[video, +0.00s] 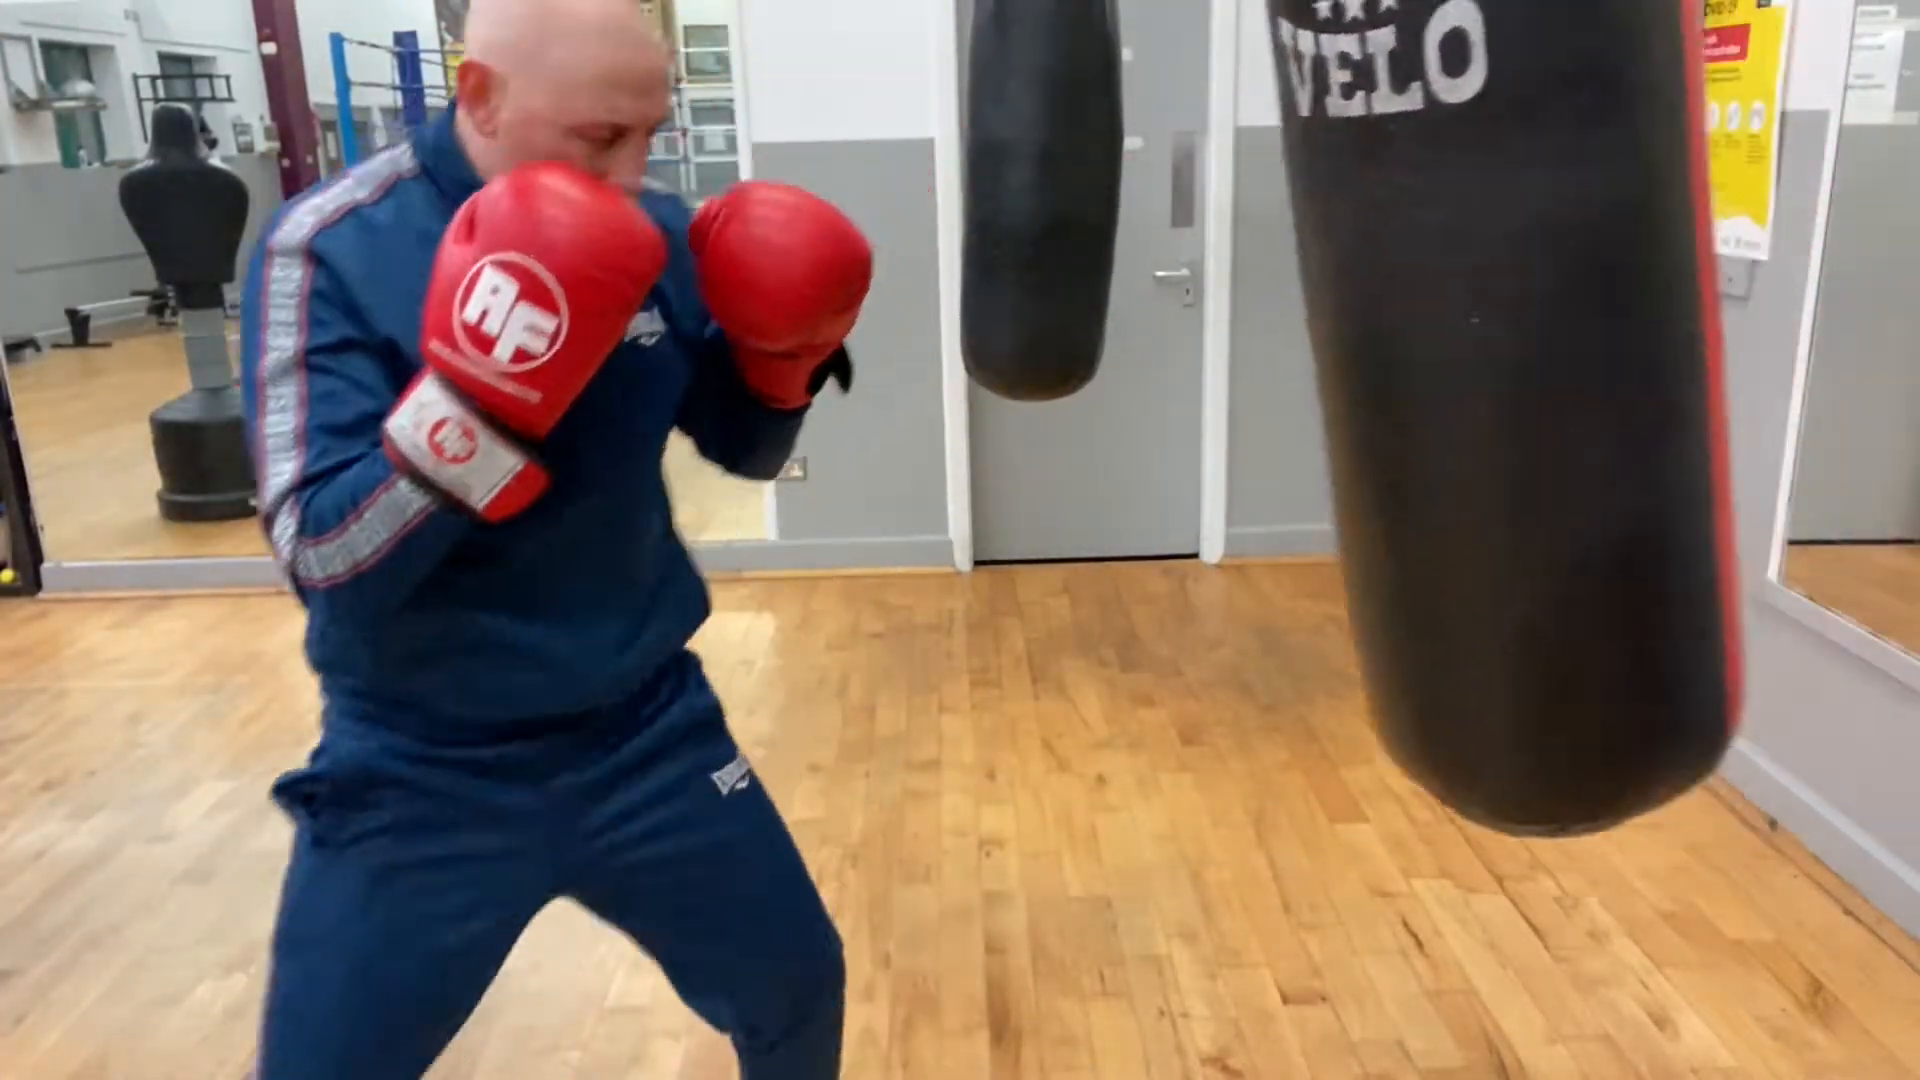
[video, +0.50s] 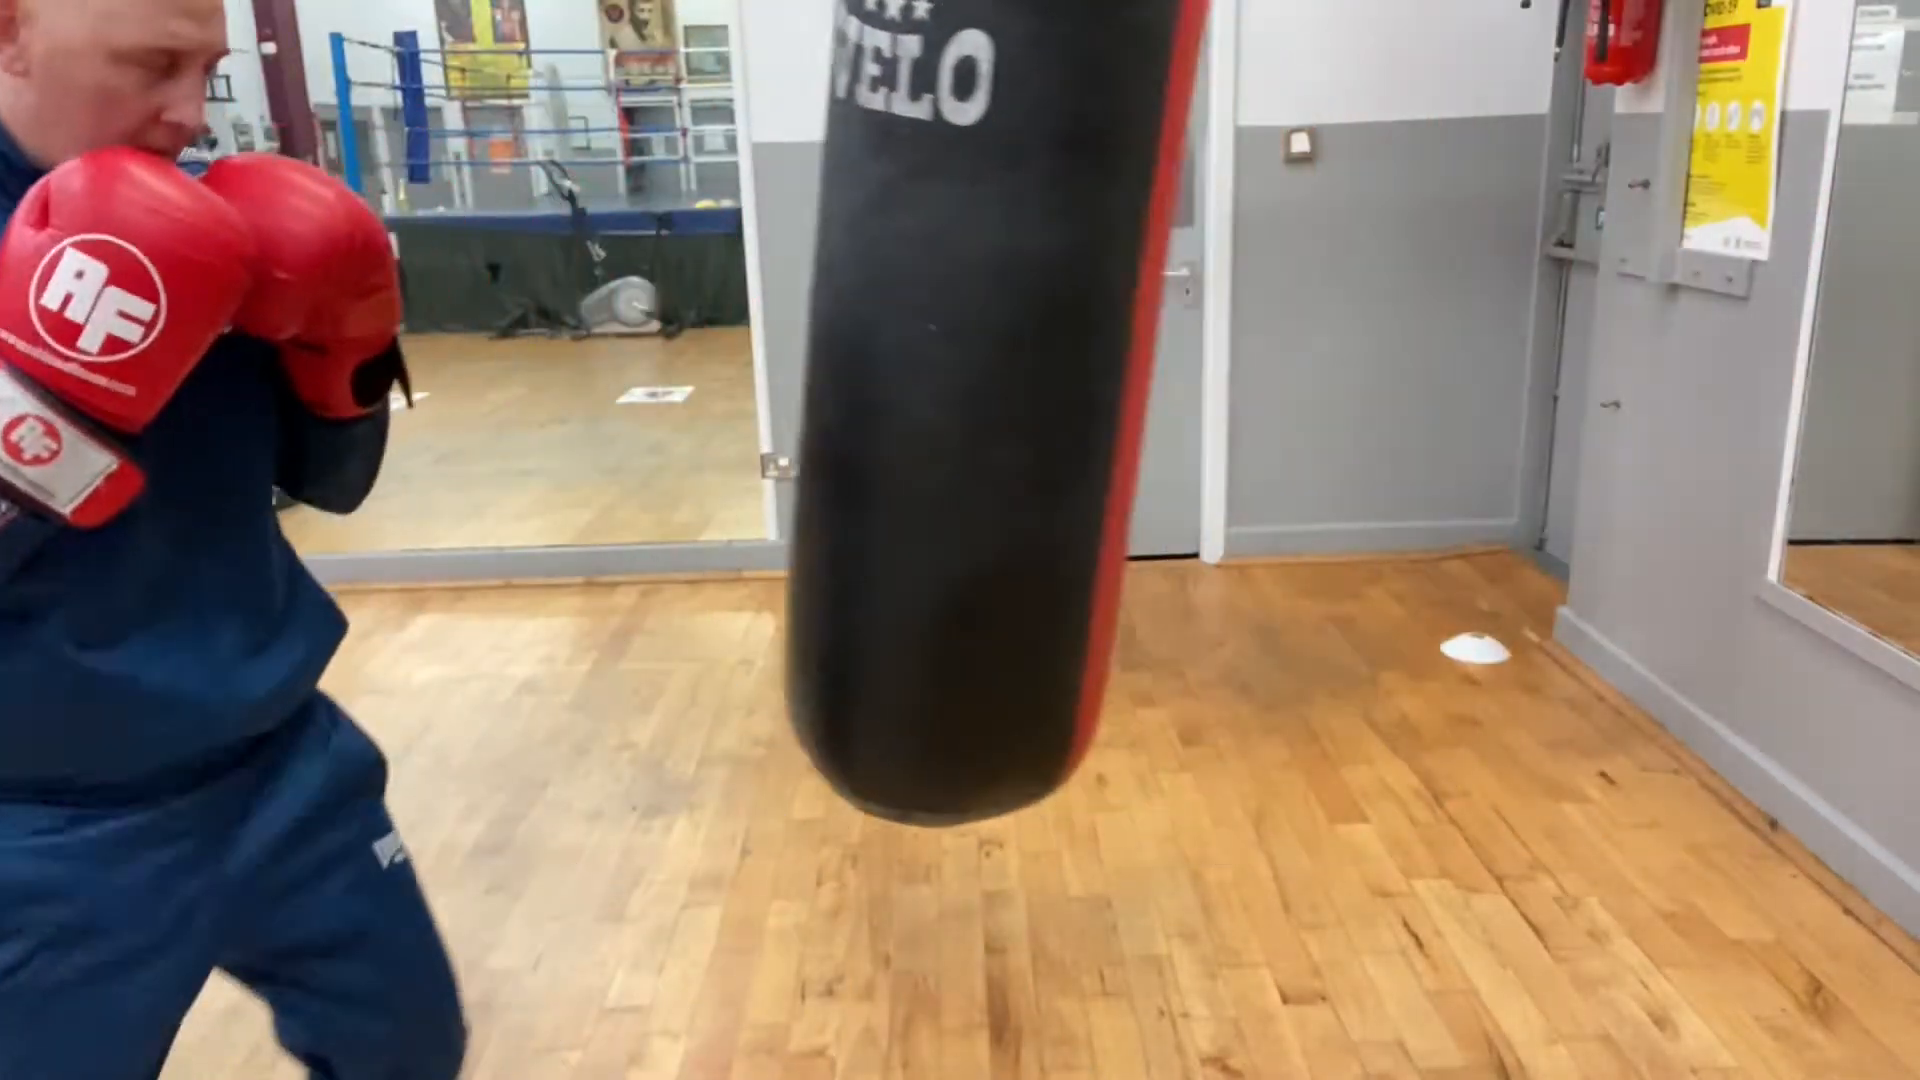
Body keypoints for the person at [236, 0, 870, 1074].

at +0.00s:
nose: (629, 176)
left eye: (649, 136)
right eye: (598, 138)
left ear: (668, 110)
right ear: (478, 97)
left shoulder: (657, 230)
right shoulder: (324, 251)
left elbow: (745, 448)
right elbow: (321, 559)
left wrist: (787, 355)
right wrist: (477, 399)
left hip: (648, 747)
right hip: (419, 782)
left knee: (801, 994)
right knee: (317, 1069)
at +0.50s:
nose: (189, 113)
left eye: (206, 71)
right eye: (150, 65)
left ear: (223, 59)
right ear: (16, 38)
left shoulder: (201, 230)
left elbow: (327, 485)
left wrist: (340, 353)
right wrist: (46, 402)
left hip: (280, 775)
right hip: (55, 836)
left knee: (409, 1049)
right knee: (57, 1070)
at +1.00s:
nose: (116, 28)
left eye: (127, 14)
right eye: (76, 17)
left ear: (148, 16)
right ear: (0, 25)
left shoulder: (186, 146)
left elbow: (292, 392)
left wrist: (295, 239)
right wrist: (34, 277)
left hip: (233, 675)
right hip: (29, 722)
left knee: (344, 990)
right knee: (23, 1044)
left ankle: (367, 1075)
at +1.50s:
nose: (76, 35)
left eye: (83, 24)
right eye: (45, 26)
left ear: (104, 21)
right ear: (7, 20)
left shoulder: (143, 154)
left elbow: (317, 359)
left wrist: (321, 212)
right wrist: (13, 230)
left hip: (207, 697)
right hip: (27, 748)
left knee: (436, 963)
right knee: (13, 1052)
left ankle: (500, 1072)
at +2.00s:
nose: (444, 43)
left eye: (462, 18)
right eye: (419, 11)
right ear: (296, 8)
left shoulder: (450, 143)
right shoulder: (143, 173)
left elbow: (583, 380)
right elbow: (263, 447)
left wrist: (623, 249)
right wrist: (385, 228)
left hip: (516, 681)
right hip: (308, 735)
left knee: (643, 942)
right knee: (328, 1062)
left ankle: (637, 1074)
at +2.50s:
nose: (936, 216)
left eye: (942, 187)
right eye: (916, 186)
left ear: (823, 167)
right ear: (812, 166)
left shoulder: (873, 292)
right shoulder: (686, 274)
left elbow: (913, 446)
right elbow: (628, 477)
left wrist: (1040, 396)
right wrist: (863, 385)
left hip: (807, 704)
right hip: (655, 741)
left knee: (960, 881)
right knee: (637, 1066)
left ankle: (1008, 1050)